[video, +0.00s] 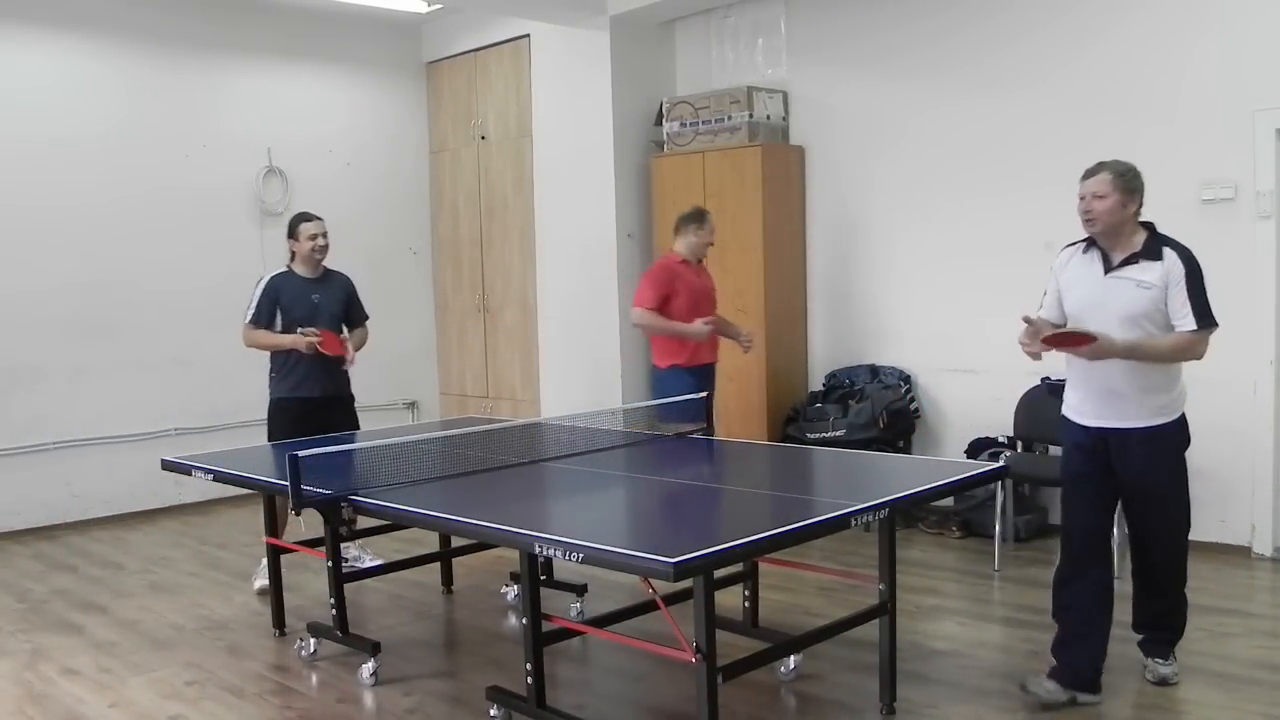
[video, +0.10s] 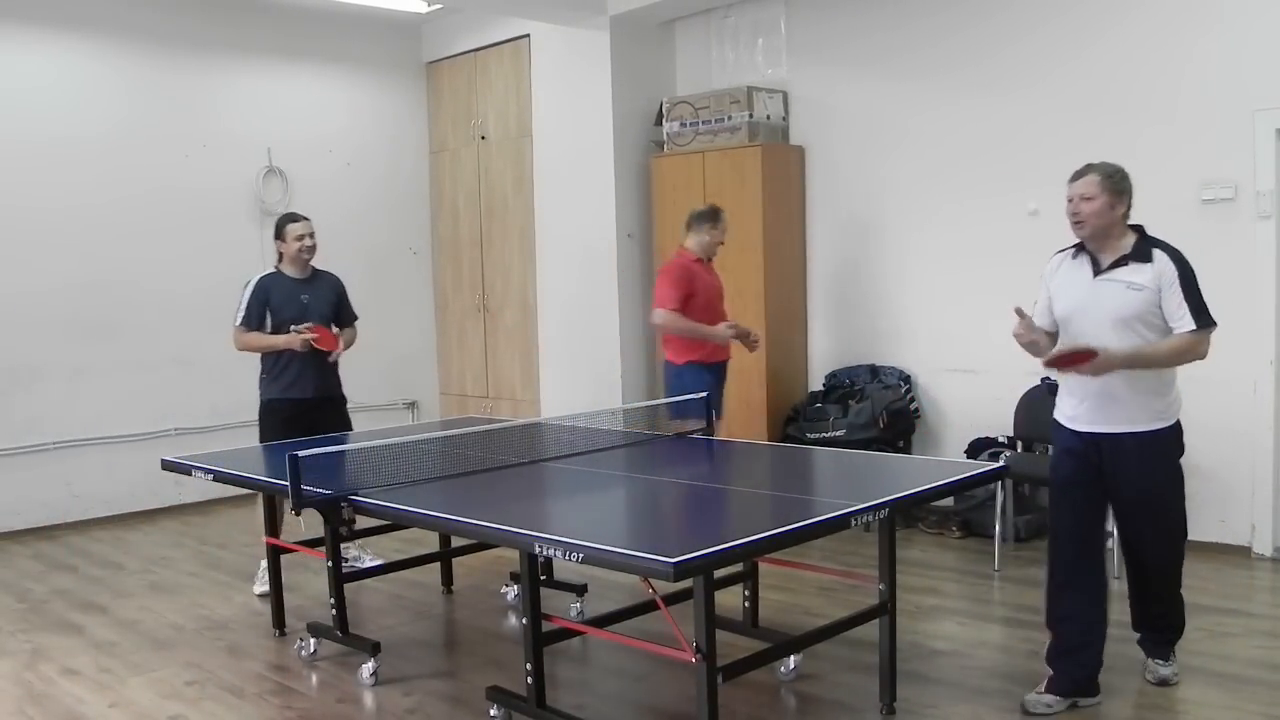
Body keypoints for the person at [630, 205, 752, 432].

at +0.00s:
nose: (712, 242)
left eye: (713, 235)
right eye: (709, 233)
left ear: (695, 233)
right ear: (692, 232)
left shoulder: (701, 271)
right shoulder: (663, 270)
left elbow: (705, 315)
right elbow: (639, 315)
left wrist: (735, 333)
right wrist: (689, 329)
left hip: (702, 370)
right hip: (675, 373)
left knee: (702, 443)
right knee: (683, 445)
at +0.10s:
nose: (723, 241)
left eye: (723, 235)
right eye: (721, 233)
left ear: (706, 231)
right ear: (706, 231)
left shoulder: (706, 268)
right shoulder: (676, 269)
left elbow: (710, 316)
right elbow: (661, 316)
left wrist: (739, 333)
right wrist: (713, 333)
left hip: (710, 367)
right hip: (688, 369)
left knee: (706, 441)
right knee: (692, 442)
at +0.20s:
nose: (734, 242)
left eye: (735, 236)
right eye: (733, 235)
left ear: (717, 234)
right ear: (721, 234)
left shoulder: (712, 266)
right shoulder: (695, 267)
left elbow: (714, 316)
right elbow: (688, 318)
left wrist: (743, 333)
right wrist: (740, 334)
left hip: (720, 368)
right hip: (703, 370)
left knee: (736, 438)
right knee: (714, 444)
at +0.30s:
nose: (746, 239)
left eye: (747, 232)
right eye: (745, 232)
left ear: (725, 230)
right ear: (732, 231)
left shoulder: (720, 264)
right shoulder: (710, 265)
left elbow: (723, 315)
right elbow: (716, 318)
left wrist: (753, 331)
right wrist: (757, 330)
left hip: (730, 369)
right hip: (714, 370)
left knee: (756, 439)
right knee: (718, 449)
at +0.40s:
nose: (761, 236)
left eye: (760, 229)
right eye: (758, 228)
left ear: (740, 229)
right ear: (742, 229)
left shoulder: (733, 262)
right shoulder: (726, 263)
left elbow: (737, 312)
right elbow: (739, 316)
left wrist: (763, 330)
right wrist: (778, 325)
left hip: (740, 368)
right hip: (724, 370)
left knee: (762, 435)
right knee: (724, 444)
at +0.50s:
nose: (777, 238)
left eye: (776, 231)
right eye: (773, 230)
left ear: (755, 231)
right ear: (757, 230)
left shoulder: (748, 263)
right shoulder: (741, 264)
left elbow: (749, 316)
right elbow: (759, 320)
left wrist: (776, 333)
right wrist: (795, 325)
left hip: (752, 371)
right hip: (735, 373)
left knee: (765, 446)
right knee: (732, 454)